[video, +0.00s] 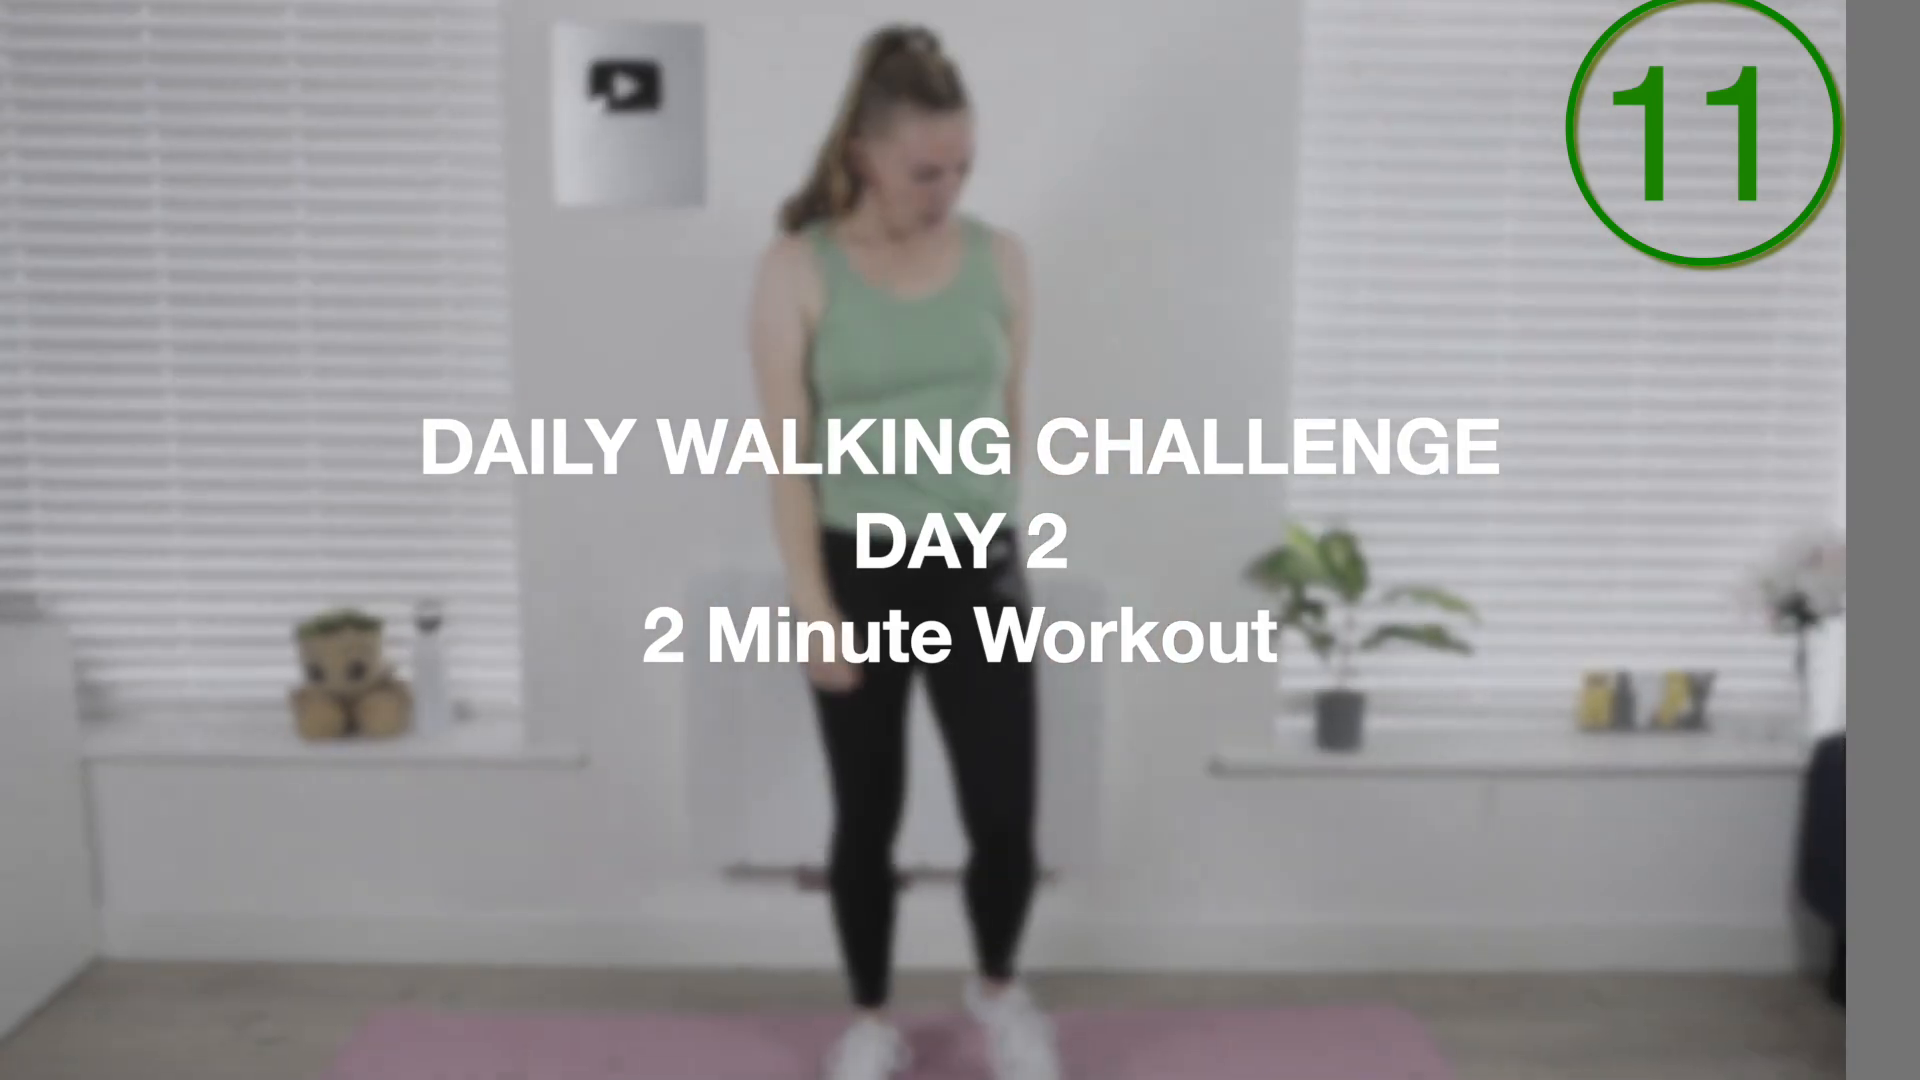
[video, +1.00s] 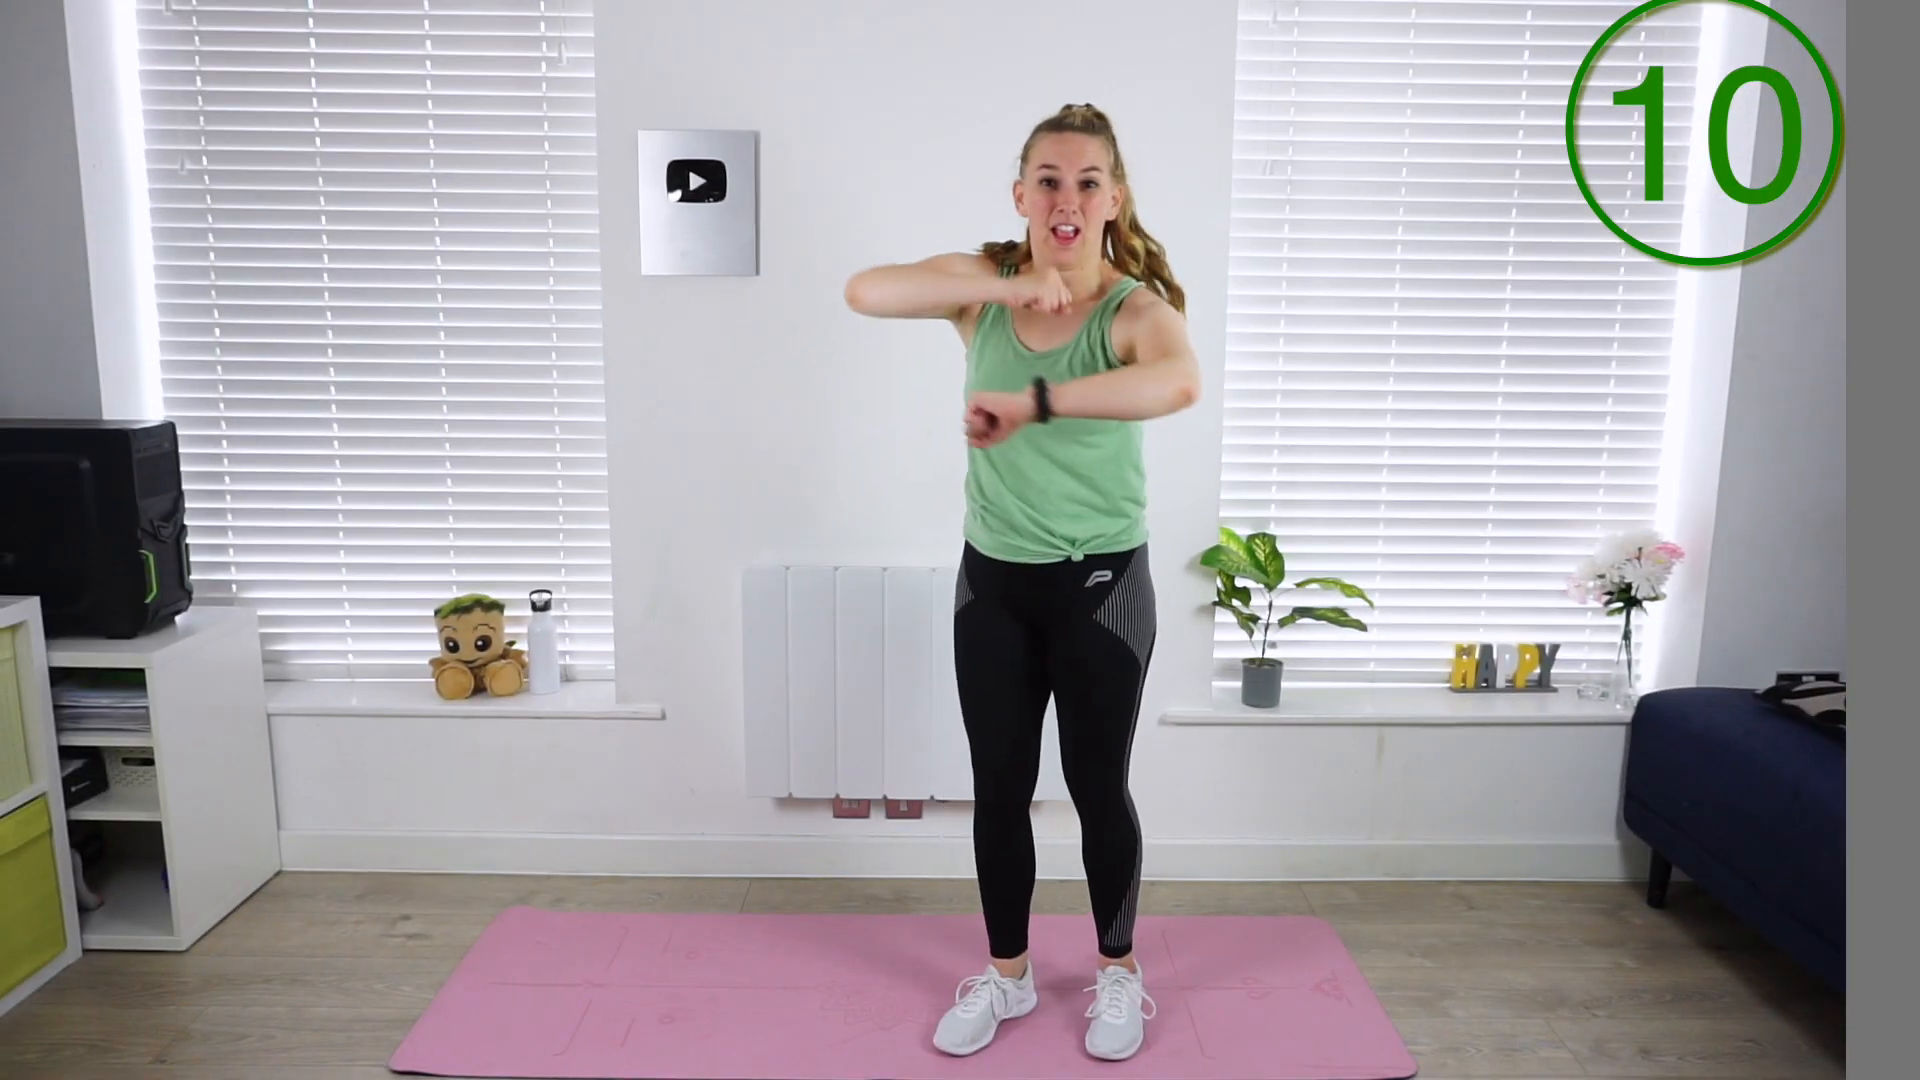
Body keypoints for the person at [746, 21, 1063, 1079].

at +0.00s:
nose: (947, 191)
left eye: (959, 170)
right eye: (926, 172)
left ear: (972, 150)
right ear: (860, 153)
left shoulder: (997, 260)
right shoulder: (799, 267)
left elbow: (1013, 427)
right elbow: (786, 454)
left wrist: (1013, 559)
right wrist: (814, 605)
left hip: (977, 563)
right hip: (854, 566)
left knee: (1004, 807)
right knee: (868, 807)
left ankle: (998, 988)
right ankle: (870, 1015)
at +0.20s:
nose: (969, 208)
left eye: (980, 186)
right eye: (948, 192)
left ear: (990, 166)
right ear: (884, 173)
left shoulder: (1013, 281)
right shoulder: (816, 288)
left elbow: (1032, 431)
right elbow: (786, 456)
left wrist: (1045, 536)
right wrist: (817, 591)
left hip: (995, 566)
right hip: (871, 568)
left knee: (1044, 805)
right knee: (878, 804)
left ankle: (1091, 976)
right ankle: (876, 996)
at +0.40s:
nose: (1006, 201)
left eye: (1015, 177)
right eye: (981, 184)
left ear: (1025, 174)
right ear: (925, 189)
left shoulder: (1060, 307)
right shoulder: (871, 309)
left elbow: (1094, 460)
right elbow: (832, 464)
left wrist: (1118, 591)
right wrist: (805, 602)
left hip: (1031, 591)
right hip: (909, 587)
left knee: (1062, 812)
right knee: (899, 795)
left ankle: (1131, 1010)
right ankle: (881, 966)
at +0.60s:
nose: (1034, 191)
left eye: (1052, 172)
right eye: (1012, 174)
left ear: (1075, 188)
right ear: (979, 192)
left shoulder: (1122, 311)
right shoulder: (938, 309)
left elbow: (1172, 455)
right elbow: (868, 443)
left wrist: (1137, 538)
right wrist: (915, 556)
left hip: (1078, 571)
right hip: (960, 564)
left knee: (1083, 792)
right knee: (929, 771)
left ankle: (1119, 981)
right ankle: (890, 932)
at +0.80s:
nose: (1067, 207)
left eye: (1087, 189)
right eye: (1049, 188)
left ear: (1112, 202)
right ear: (1019, 200)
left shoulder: (1146, 316)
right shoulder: (975, 296)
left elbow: (1224, 412)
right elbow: (874, 376)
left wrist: (1118, 458)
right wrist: (999, 368)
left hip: (1102, 581)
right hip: (992, 573)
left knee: (1094, 792)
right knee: (954, 781)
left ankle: (1117, 973)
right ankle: (958, 937)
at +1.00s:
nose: (1066, 201)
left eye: (1086, 184)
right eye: (1048, 182)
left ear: (1117, 201)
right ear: (1022, 194)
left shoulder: (1136, 306)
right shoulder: (987, 280)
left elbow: (1174, 383)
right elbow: (865, 291)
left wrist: (1036, 400)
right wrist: (997, 286)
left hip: (1101, 576)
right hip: (994, 572)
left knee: (1099, 787)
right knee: (999, 787)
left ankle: (1116, 972)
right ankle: (1007, 972)